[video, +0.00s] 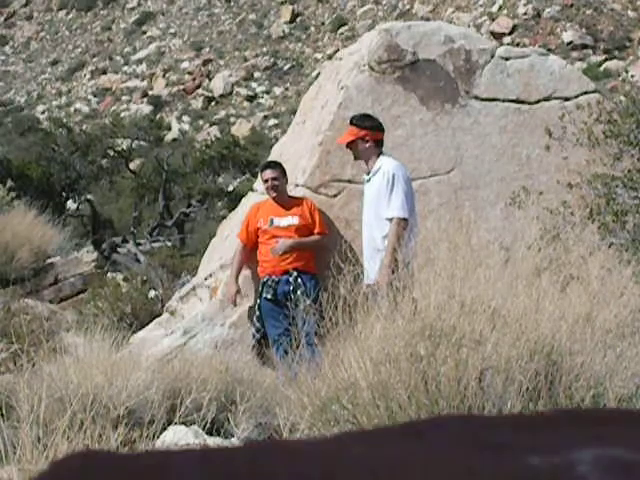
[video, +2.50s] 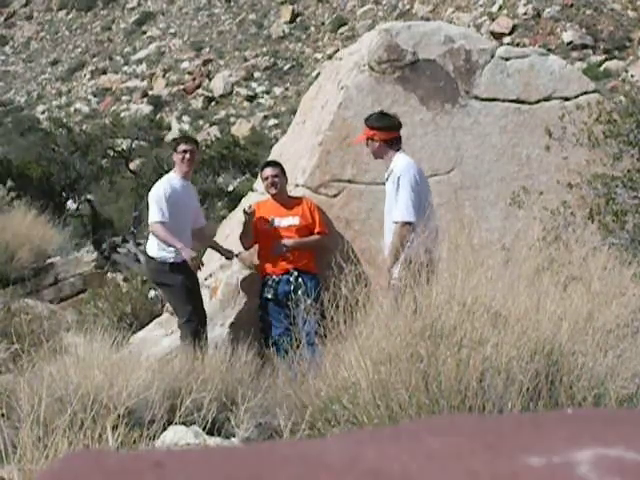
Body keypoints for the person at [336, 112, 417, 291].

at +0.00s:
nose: (349, 147)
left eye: (353, 142)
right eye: (349, 142)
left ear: (368, 141)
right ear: (366, 142)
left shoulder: (393, 171)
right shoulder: (371, 176)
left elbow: (399, 222)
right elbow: (375, 226)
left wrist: (386, 270)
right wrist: (370, 274)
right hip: (373, 277)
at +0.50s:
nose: (349, 147)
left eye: (353, 142)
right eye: (349, 142)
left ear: (367, 142)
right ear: (366, 142)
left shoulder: (392, 171)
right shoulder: (372, 175)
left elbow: (398, 223)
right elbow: (376, 226)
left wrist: (384, 274)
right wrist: (373, 274)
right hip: (374, 277)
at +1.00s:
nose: (350, 147)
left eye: (354, 142)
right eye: (350, 142)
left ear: (368, 141)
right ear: (367, 142)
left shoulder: (393, 171)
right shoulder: (375, 175)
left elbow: (398, 224)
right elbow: (379, 226)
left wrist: (386, 273)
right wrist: (374, 273)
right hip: (376, 276)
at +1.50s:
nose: (359, 145)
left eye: (364, 138)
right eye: (356, 139)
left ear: (381, 136)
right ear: (354, 142)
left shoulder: (396, 170)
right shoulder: (374, 176)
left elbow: (398, 222)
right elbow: (380, 225)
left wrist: (385, 272)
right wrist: (375, 271)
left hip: (396, 272)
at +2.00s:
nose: (352, 147)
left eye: (356, 142)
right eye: (352, 143)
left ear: (373, 140)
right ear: (371, 141)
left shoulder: (395, 169)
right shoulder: (376, 173)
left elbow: (400, 220)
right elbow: (380, 222)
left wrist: (382, 266)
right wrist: (371, 260)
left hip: (400, 265)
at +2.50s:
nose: (367, 146)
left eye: (368, 141)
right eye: (367, 141)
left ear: (379, 142)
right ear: (390, 140)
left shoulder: (406, 171)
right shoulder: (398, 169)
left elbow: (405, 225)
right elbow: (402, 224)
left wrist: (390, 266)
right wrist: (391, 263)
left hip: (411, 266)